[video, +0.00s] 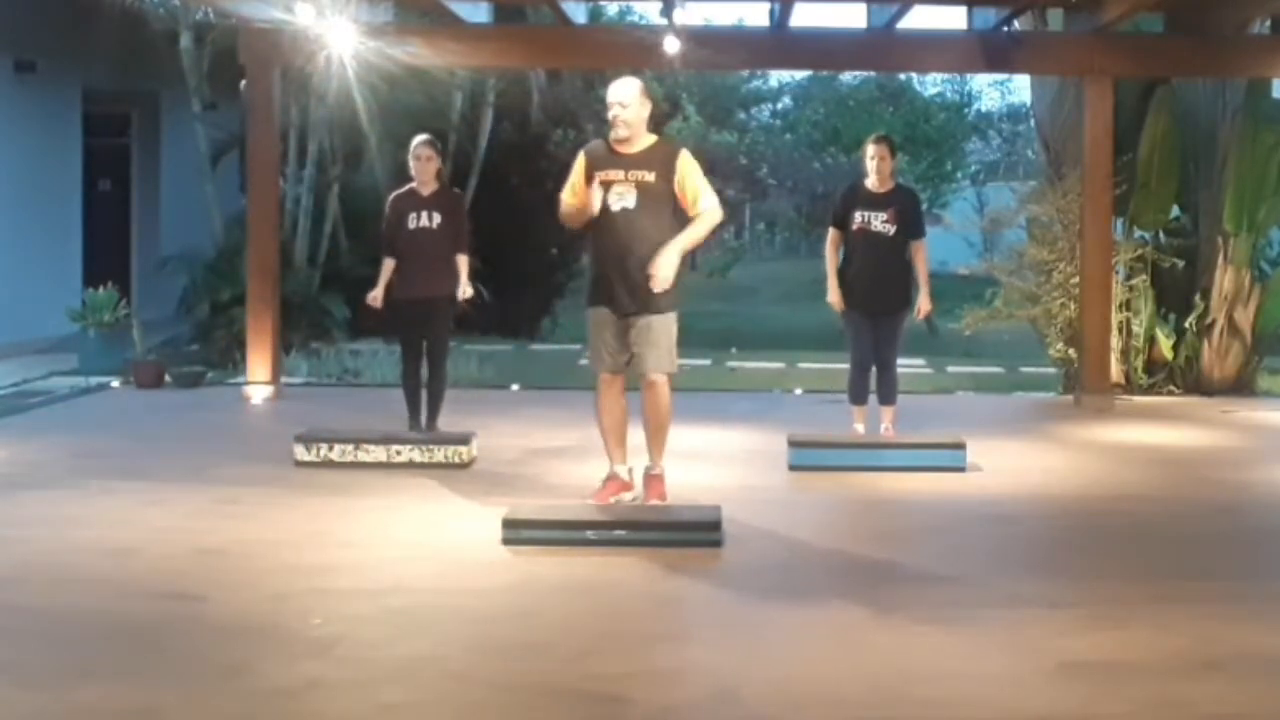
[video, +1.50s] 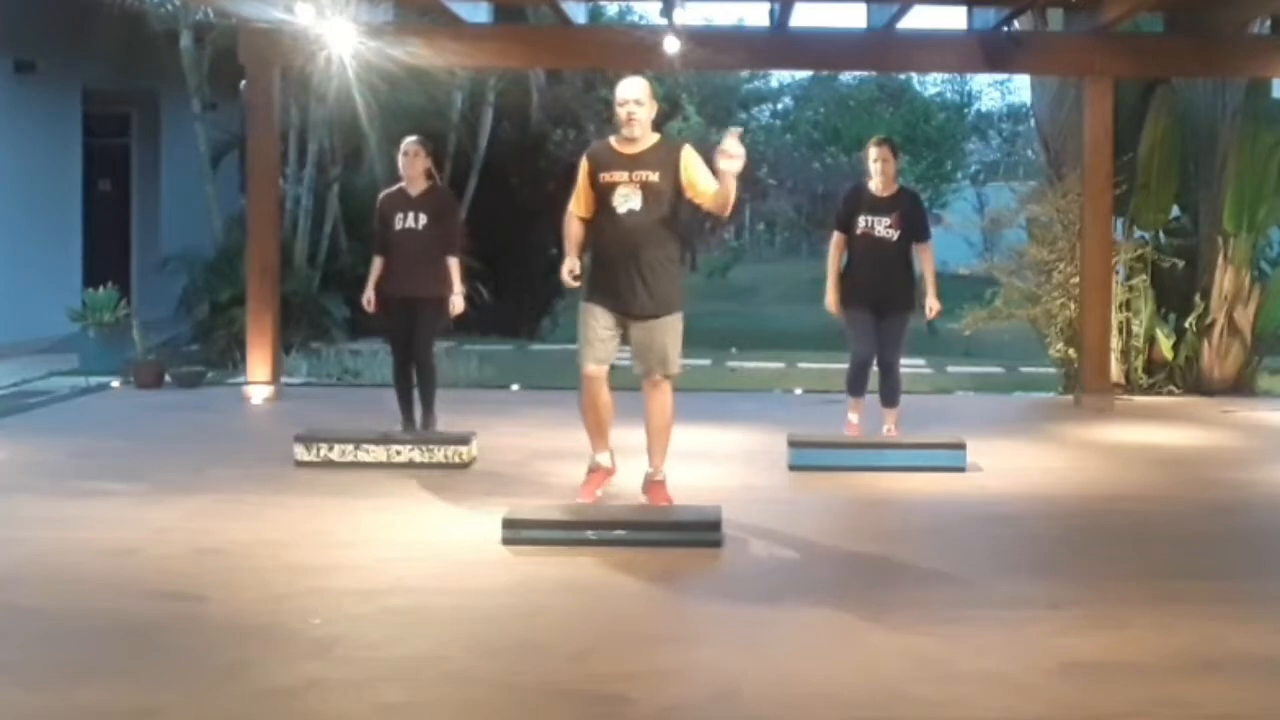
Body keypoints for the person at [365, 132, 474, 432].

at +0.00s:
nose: (422, 164)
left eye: (428, 159)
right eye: (417, 158)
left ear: (439, 163)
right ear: (409, 163)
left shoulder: (453, 200)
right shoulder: (398, 200)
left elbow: (461, 245)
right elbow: (390, 250)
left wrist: (464, 280)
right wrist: (380, 286)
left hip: (441, 294)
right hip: (407, 294)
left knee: (437, 361)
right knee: (411, 360)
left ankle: (432, 421)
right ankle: (414, 419)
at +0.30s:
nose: (424, 161)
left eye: (430, 155)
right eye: (419, 155)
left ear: (442, 161)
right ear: (412, 161)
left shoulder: (454, 199)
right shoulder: (401, 198)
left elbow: (463, 248)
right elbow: (394, 248)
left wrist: (467, 289)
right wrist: (384, 286)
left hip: (442, 292)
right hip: (407, 292)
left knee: (438, 359)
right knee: (408, 358)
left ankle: (432, 420)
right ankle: (412, 418)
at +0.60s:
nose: (420, 161)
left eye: (427, 156)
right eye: (416, 155)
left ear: (439, 162)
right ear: (410, 160)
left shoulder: (451, 201)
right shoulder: (397, 199)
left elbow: (458, 249)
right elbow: (389, 249)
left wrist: (459, 287)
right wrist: (380, 288)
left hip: (436, 293)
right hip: (403, 292)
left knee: (430, 355)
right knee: (409, 359)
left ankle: (434, 417)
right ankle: (414, 419)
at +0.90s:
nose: (418, 162)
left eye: (425, 157)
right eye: (414, 156)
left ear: (438, 164)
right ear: (408, 162)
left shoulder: (449, 201)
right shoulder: (399, 199)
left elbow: (455, 250)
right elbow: (393, 247)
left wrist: (455, 292)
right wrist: (382, 284)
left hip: (436, 292)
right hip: (402, 292)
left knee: (440, 358)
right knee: (400, 356)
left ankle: (436, 417)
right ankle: (412, 413)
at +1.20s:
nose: (413, 161)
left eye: (420, 156)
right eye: (410, 155)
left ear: (434, 162)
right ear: (404, 161)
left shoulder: (447, 201)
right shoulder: (394, 199)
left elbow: (454, 249)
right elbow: (389, 250)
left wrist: (453, 288)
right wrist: (381, 288)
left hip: (433, 293)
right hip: (400, 292)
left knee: (432, 359)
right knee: (403, 360)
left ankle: (433, 421)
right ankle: (408, 420)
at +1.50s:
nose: (408, 160)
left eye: (414, 155)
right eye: (404, 154)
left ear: (428, 161)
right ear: (398, 160)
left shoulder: (442, 199)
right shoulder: (387, 199)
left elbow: (452, 249)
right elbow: (380, 248)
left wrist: (457, 290)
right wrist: (370, 285)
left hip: (430, 293)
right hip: (395, 293)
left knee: (422, 354)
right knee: (401, 358)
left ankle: (428, 418)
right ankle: (407, 421)